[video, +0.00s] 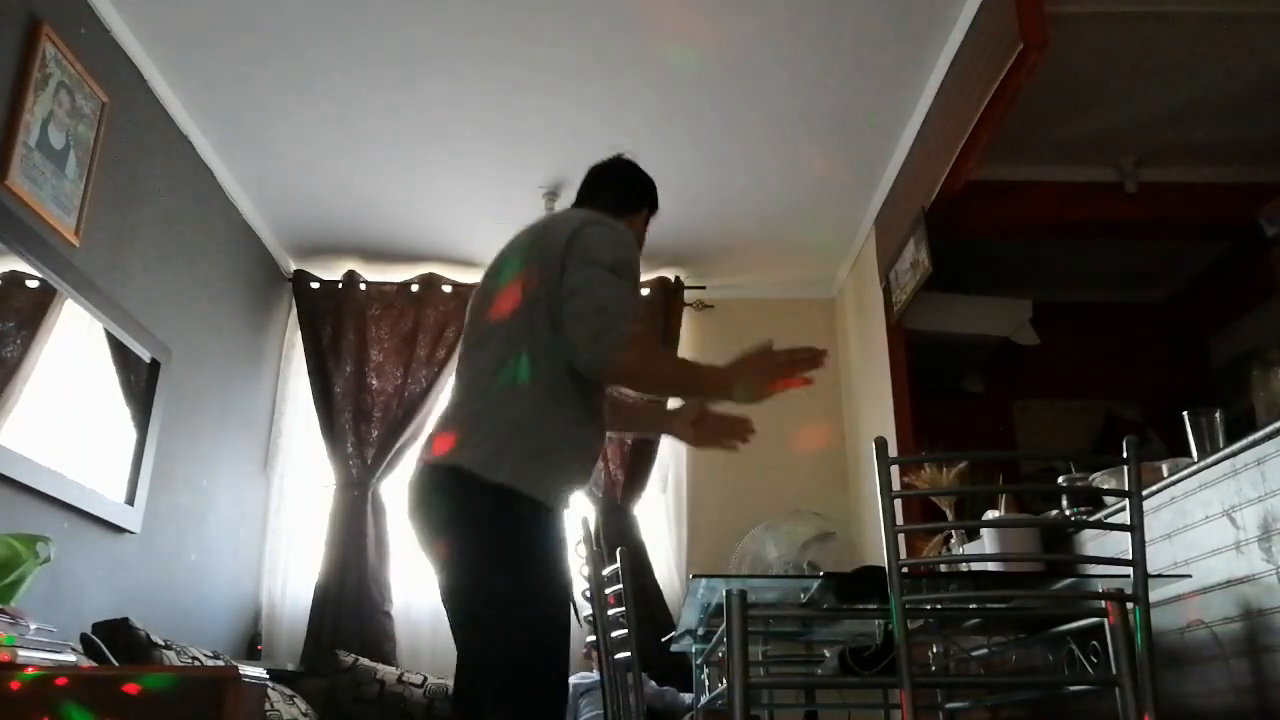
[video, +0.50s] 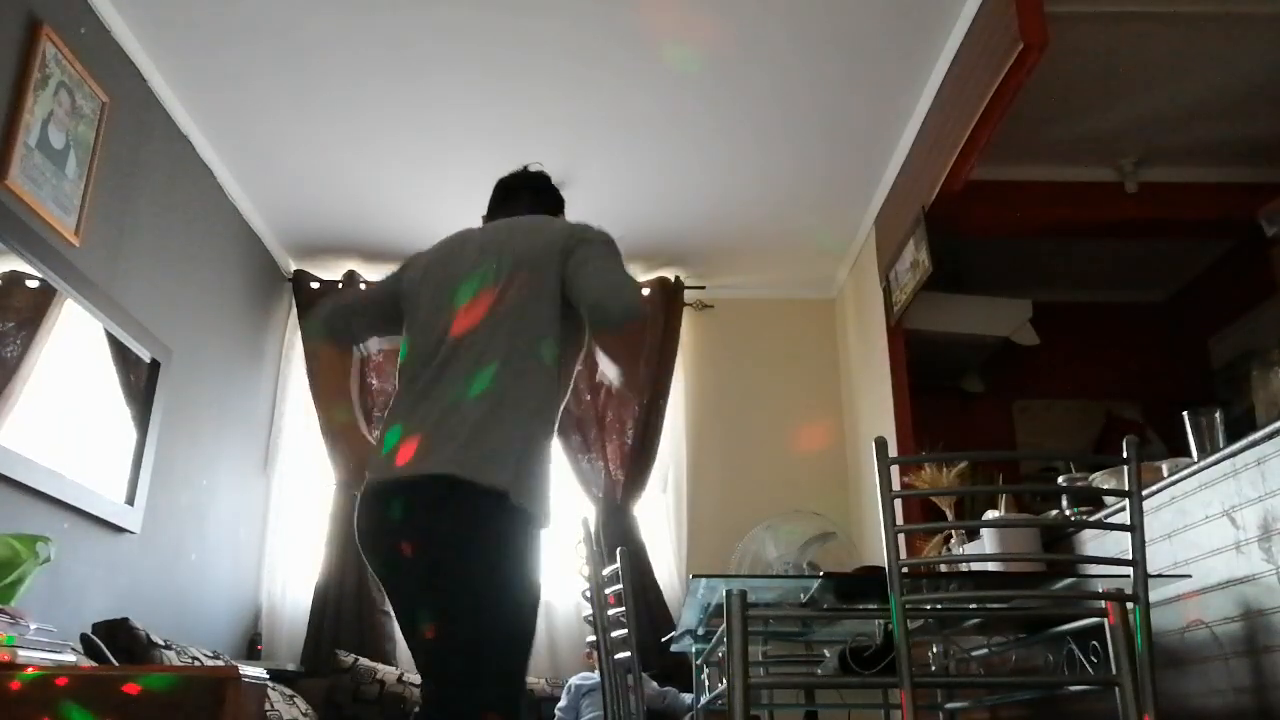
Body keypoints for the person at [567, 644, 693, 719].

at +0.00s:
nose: (604, 655)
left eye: (609, 649)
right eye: (598, 650)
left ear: (618, 651)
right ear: (590, 655)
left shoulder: (635, 679)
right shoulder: (577, 683)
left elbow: (667, 698)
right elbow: (569, 716)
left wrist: (701, 699)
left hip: (630, 716)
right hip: (592, 716)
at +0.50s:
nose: (607, 654)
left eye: (613, 649)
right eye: (601, 650)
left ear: (621, 651)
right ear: (589, 656)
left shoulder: (637, 680)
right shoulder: (579, 684)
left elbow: (668, 700)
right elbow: (562, 715)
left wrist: (702, 699)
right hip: (593, 714)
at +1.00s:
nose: (605, 655)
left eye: (611, 649)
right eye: (599, 650)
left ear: (621, 652)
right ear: (591, 656)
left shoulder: (636, 679)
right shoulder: (578, 683)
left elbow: (670, 700)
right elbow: (562, 716)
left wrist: (702, 699)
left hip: (632, 715)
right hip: (593, 716)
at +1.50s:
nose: (603, 654)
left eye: (607, 649)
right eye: (598, 650)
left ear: (616, 652)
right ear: (590, 656)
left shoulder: (636, 680)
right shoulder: (577, 685)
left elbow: (665, 698)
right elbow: (561, 715)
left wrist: (697, 700)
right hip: (593, 715)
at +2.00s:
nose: (602, 655)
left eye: (606, 649)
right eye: (597, 650)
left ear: (617, 651)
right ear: (591, 656)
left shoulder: (636, 680)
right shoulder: (578, 685)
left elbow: (666, 698)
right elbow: (561, 715)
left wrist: (698, 699)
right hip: (593, 715)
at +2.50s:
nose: (607, 657)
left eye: (612, 651)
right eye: (602, 652)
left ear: (621, 652)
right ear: (590, 656)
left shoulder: (635, 679)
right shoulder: (580, 683)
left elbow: (662, 697)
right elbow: (569, 713)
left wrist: (696, 701)